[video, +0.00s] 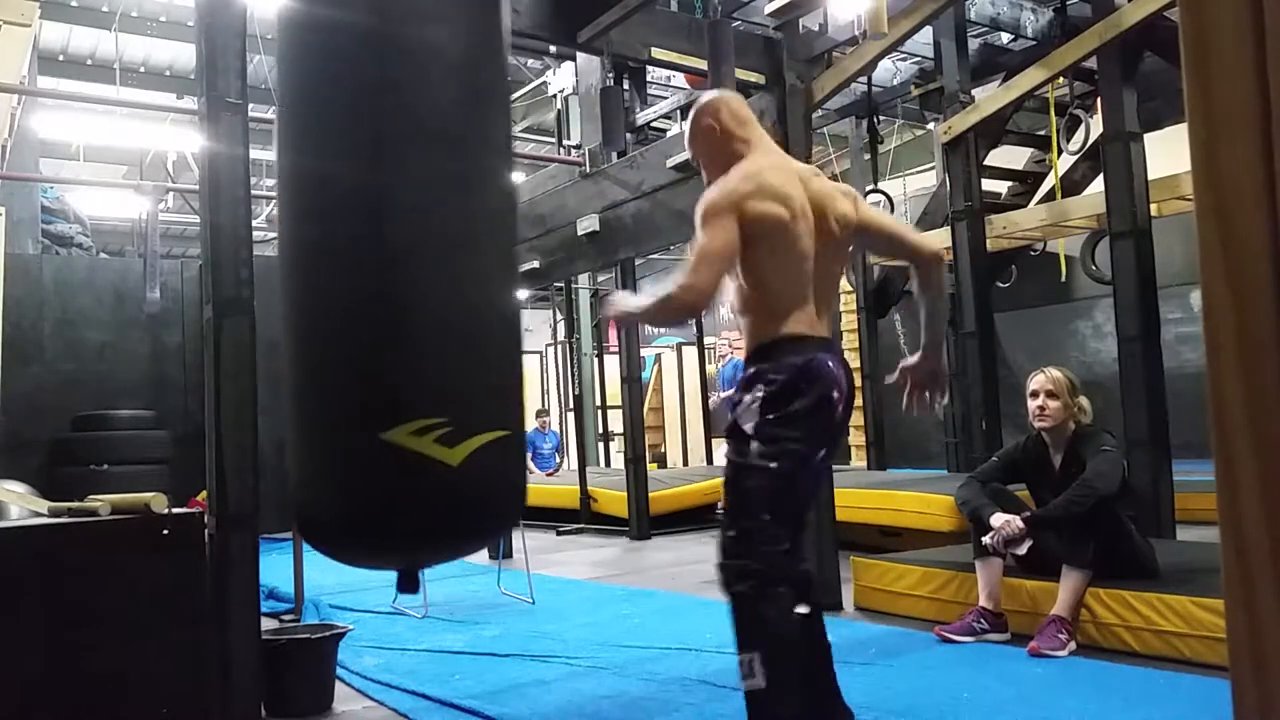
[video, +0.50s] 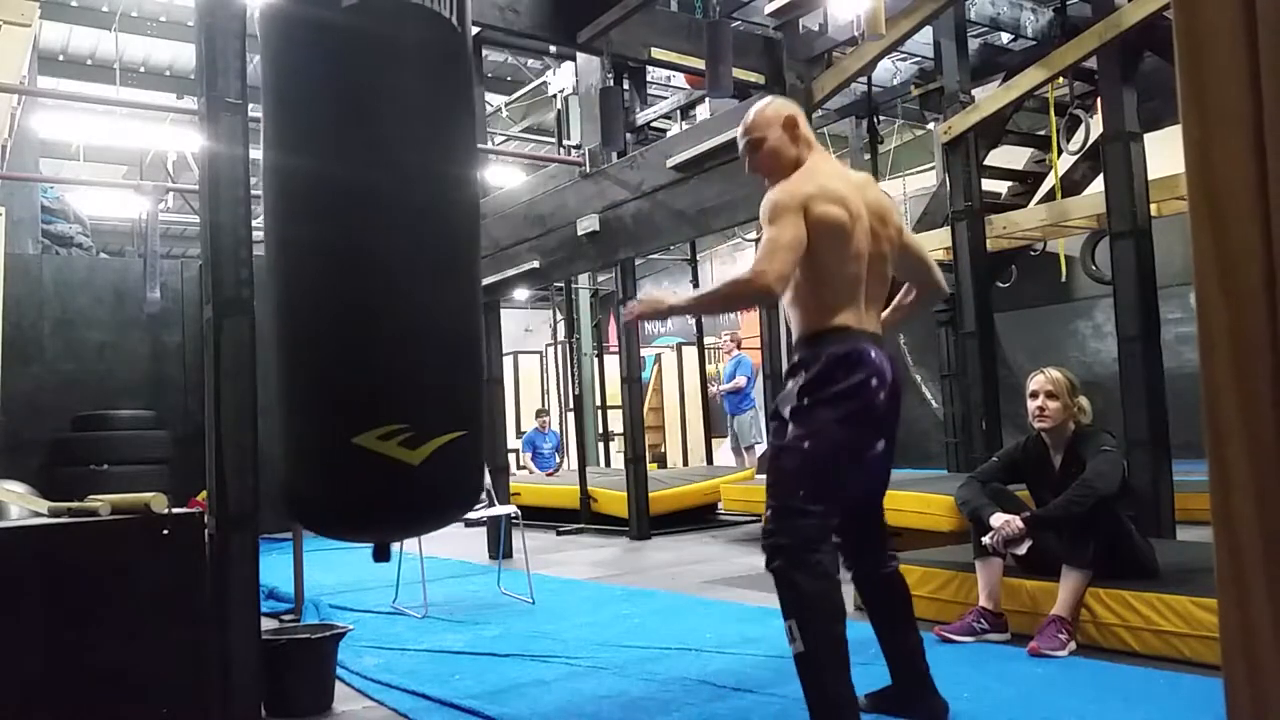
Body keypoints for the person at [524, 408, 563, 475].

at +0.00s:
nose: (544, 420)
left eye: (546, 417)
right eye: (541, 417)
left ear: (549, 418)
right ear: (536, 420)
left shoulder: (555, 435)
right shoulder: (531, 436)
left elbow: (561, 455)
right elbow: (527, 459)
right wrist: (539, 473)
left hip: (553, 472)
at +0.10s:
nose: (544, 420)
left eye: (546, 417)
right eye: (541, 417)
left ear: (549, 418)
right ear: (536, 420)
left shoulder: (555, 435)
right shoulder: (529, 437)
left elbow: (561, 454)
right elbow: (526, 460)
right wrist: (539, 473)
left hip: (553, 472)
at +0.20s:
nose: (544, 420)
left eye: (546, 416)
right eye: (541, 417)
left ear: (549, 418)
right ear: (536, 420)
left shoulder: (555, 435)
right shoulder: (529, 436)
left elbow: (561, 454)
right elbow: (526, 460)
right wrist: (539, 473)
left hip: (553, 473)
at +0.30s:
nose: (544, 419)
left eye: (546, 416)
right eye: (541, 417)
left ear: (549, 418)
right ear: (536, 420)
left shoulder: (555, 435)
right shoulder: (529, 436)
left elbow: (561, 454)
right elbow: (526, 459)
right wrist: (539, 473)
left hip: (554, 473)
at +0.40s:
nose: (544, 419)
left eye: (546, 416)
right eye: (541, 417)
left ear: (549, 418)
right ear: (536, 420)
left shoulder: (555, 435)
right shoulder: (529, 436)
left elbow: (561, 454)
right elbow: (526, 459)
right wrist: (539, 473)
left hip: (554, 473)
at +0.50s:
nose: (544, 419)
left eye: (546, 416)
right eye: (541, 417)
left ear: (549, 418)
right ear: (536, 420)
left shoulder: (555, 435)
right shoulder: (529, 437)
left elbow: (561, 454)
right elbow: (526, 459)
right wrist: (539, 473)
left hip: (554, 473)